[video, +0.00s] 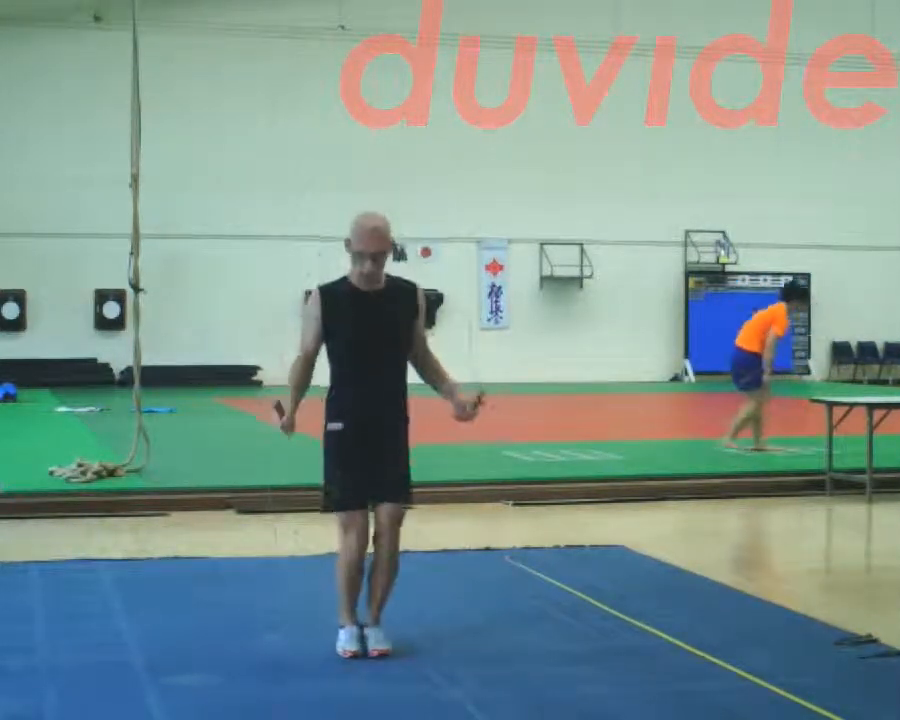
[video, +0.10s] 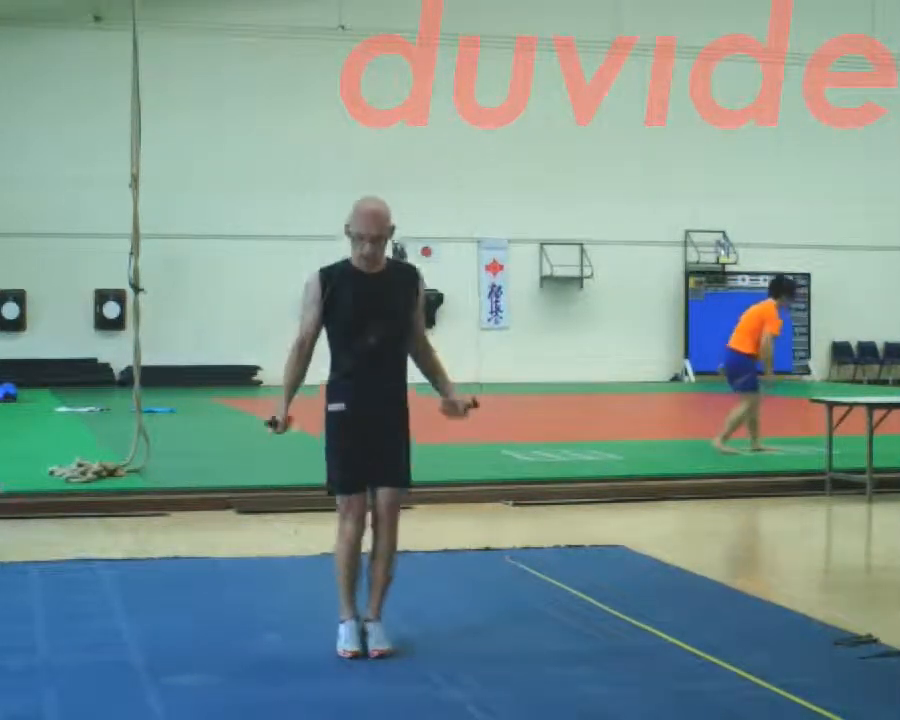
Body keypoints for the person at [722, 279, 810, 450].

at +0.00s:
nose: (801, 306)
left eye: (802, 302)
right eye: (800, 301)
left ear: (787, 297)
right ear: (794, 300)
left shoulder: (773, 309)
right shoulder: (781, 314)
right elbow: (770, 341)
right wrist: (767, 369)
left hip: (744, 352)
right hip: (749, 355)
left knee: (758, 398)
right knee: (758, 398)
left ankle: (758, 442)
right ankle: (729, 437)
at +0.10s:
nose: (791, 300)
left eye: (791, 296)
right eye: (790, 296)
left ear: (774, 292)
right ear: (783, 295)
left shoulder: (761, 307)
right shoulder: (772, 312)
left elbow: (743, 332)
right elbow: (766, 341)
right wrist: (769, 369)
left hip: (736, 354)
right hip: (742, 356)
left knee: (754, 399)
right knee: (750, 399)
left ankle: (755, 442)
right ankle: (720, 438)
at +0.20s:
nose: (780, 292)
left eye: (780, 288)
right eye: (778, 288)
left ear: (760, 287)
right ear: (772, 289)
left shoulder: (747, 304)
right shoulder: (761, 306)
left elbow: (724, 330)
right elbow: (761, 339)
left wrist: (717, 357)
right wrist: (770, 365)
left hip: (726, 353)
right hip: (736, 356)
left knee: (746, 402)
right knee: (741, 402)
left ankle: (753, 441)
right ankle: (720, 442)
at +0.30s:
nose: (770, 287)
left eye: (770, 283)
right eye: (768, 283)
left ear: (749, 282)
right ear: (764, 284)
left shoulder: (737, 300)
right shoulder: (755, 303)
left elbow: (718, 327)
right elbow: (755, 335)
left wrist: (712, 353)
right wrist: (767, 362)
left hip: (720, 350)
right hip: (731, 353)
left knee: (736, 399)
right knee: (734, 400)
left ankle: (738, 440)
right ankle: (718, 443)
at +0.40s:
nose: (760, 283)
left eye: (760, 280)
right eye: (759, 280)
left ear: (740, 278)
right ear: (755, 280)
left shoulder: (727, 298)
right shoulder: (749, 301)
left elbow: (712, 326)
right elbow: (750, 333)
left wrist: (712, 343)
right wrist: (761, 360)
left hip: (714, 348)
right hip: (727, 351)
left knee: (727, 394)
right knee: (728, 396)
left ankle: (720, 437)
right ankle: (719, 442)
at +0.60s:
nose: (743, 279)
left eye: (741, 276)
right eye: (742, 276)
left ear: (723, 276)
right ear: (740, 278)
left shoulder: (712, 298)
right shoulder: (738, 301)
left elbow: (701, 327)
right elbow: (738, 332)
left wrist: (705, 343)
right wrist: (742, 361)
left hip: (702, 348)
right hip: (720, 350)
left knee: (701, 395)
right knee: (717, 399)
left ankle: (671, 428)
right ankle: (717, 444)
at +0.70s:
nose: (736, 279)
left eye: (734, 276)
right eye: (736, 276)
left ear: (716, 276)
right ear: (733, 277)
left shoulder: (706, 297)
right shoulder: (732, 301)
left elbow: (697, 324)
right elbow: (732, 333)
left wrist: (695, 344)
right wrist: (733, 362)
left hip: (695, 348)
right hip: (714, 352)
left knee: (691, 392)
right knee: (716, 400)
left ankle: (666, 433)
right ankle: (717, 444)